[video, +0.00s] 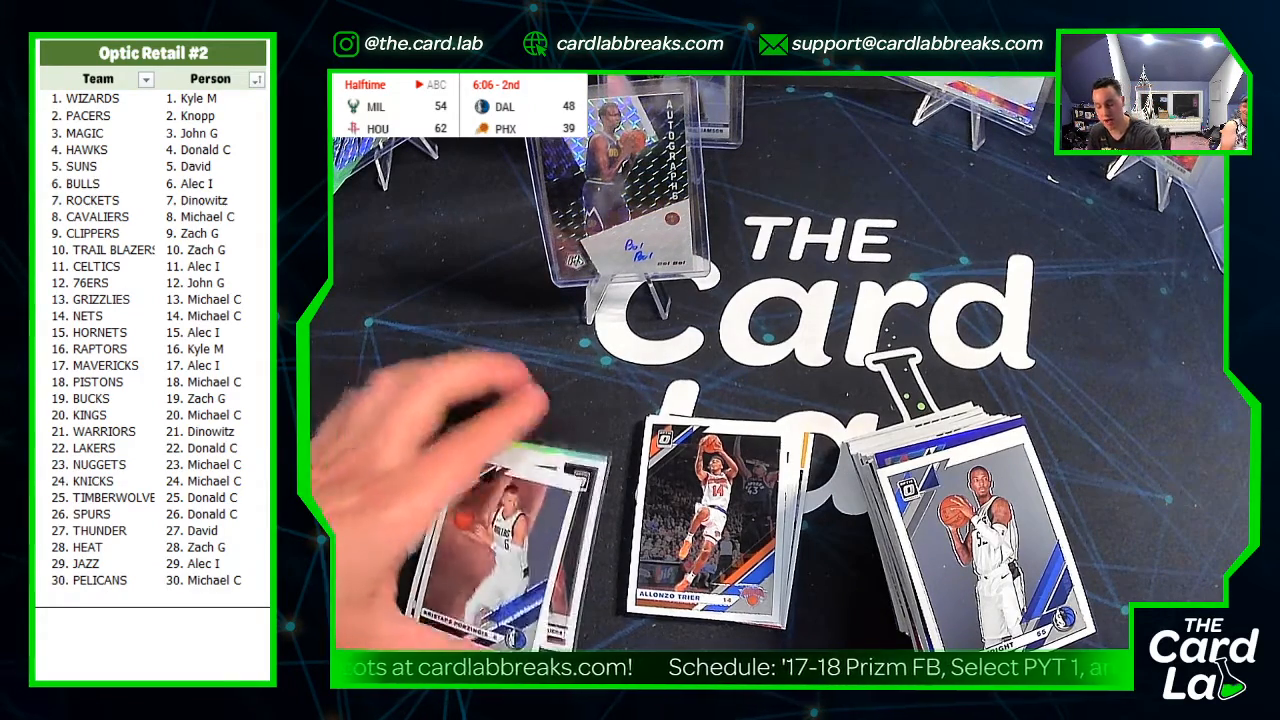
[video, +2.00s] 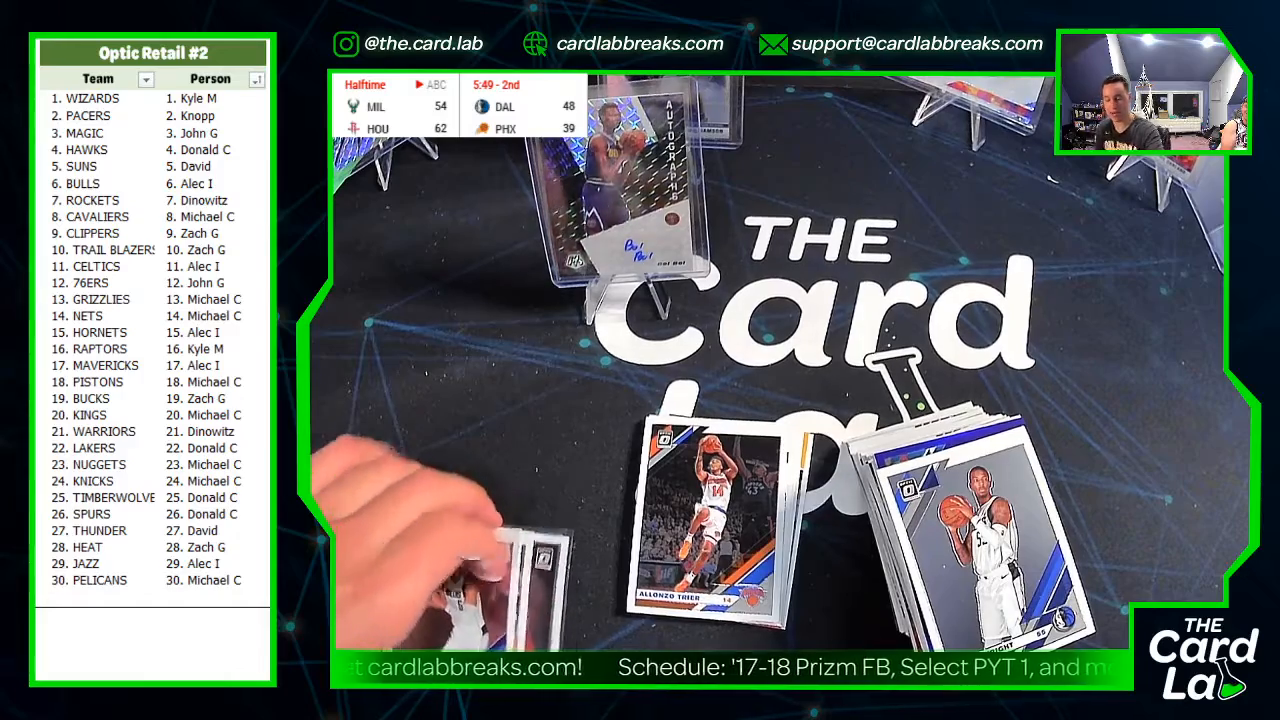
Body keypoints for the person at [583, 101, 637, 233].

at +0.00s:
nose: (617, 118)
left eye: (618, 114)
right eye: (613, 115)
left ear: (620, 117)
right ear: (603, 118)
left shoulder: (616, 141)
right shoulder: (598, 140)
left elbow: (622, 173)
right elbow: (606, 176)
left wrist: (633, 153)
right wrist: (624, 154)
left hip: (613, 189)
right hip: (597, 191)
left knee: (624, 229)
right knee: (599, 234)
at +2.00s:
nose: (615, 118)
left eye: (617, 115)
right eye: (611, 115)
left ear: (620, 118)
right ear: (602, 118)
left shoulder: (617, 142)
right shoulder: (598, 141)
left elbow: (620, 179)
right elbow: (607, 176)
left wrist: (633, 155)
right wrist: (624, 155)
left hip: (612, 189)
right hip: (596, 191)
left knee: (624, 229)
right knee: (598, 236)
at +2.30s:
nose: (616, 119)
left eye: (617, 115)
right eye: (611, 115)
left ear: (620, 118)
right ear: (602, 118)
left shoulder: (617, 142)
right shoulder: (598, 140)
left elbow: (620, 179)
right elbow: (606, 175)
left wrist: (632, 156)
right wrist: (623, 157)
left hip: (611, 188)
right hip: (598, 190)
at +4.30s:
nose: (618, 118)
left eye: (618, 115)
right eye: (613, 115)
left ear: (620, 117)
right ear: (603, 119)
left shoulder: (618, 142)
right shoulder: (598, 141)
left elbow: (623, 174)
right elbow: (606, 175)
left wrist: (634, 154)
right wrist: (625, 154)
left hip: (613, 190)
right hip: (597, 192)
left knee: (624, 229)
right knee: (600, 235)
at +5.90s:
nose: (618, 119)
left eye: (618, 115)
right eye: (613, 116)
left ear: (621, 117)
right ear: (603, 119)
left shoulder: (616, 142)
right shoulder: (598, 141)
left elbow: (620, 179)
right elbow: (606, 176)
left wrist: (632, 157)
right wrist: (624, 155)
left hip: (612, 189)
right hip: (596, 191)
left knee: (625, 229)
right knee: (598, 236)